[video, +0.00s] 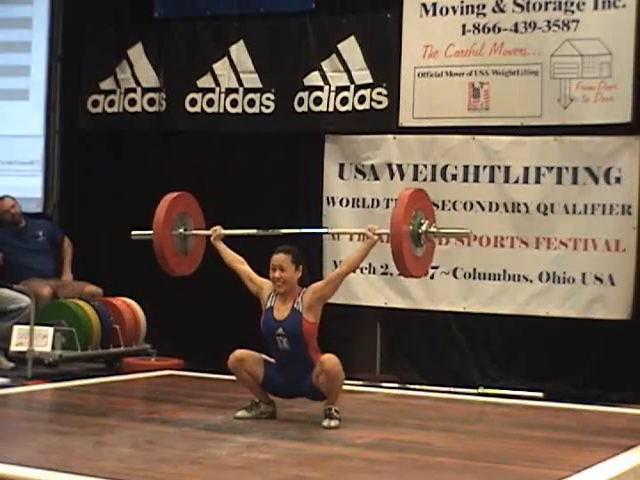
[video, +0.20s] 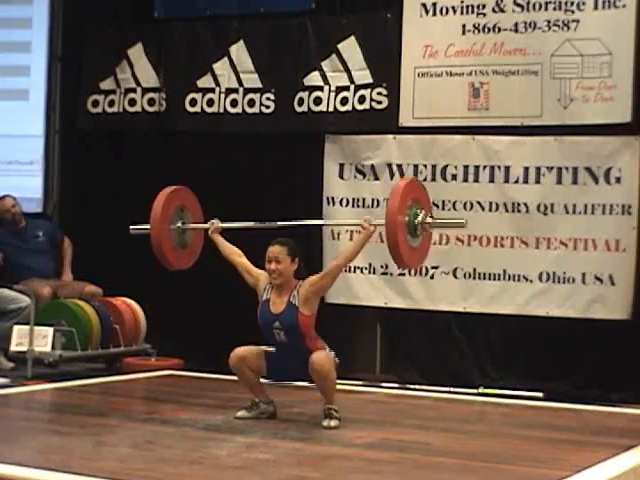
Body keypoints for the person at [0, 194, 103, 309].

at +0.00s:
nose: (13, 212)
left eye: (13, 207)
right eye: (6, 212)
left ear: (19, 205)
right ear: (2, 218)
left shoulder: (41, 225)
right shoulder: (4, 235)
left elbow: (66, 242)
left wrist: (67, 273)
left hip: (53, 279)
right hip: (24, 281)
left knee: (95, 292)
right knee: (45, 293)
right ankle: (34, 337)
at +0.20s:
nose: (13, 212)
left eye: (14, 206)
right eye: (7, 211)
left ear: (19, 205)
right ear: (2, 217)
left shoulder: (41, 225)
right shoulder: (4, 235)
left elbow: (66, 242)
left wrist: (67, 274)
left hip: (53, 279)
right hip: (25, 281)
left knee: (95, 292)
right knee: (45, 293)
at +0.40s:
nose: (14, 211)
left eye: (15, 206)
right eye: (7, 211)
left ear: (20, 205)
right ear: (2, 217)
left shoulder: (41, 226)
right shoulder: (4, 235)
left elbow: (66, 242)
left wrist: (67, 274)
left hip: (53, 279)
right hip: (24, 281)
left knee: (95, 292)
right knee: (45, 293)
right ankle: (34, 337)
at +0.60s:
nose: (14, 211)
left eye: (15, 206)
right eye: (8, 210)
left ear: (20, 205)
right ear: (2, 217)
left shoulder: (41, 226)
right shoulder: (4, 235)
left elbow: (66, 242)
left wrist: (67, 274)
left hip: (53, 279)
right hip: (24, 281)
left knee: (95, 292)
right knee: (44, 293)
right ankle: (34, 337)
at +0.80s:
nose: (14, 211)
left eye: (15, 206)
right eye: (8, 210)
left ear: (20, 205)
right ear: (2, 216)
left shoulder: (41, 226)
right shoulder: (4, 235)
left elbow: (66, 242)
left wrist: (67, 274)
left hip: (53, 279)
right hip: (24, 281)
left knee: (95, 292)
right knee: (44, 293)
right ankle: (34, 337)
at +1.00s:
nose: (14, 210)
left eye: (15, 205)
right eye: (8, 209)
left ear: (21, 205)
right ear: (2, 216)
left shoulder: (41, 225)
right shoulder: (4, 234)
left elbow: (66, 242)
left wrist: (67, 274)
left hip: (53, 279)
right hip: (25, 281)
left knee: (95, 292)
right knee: (45, 293)